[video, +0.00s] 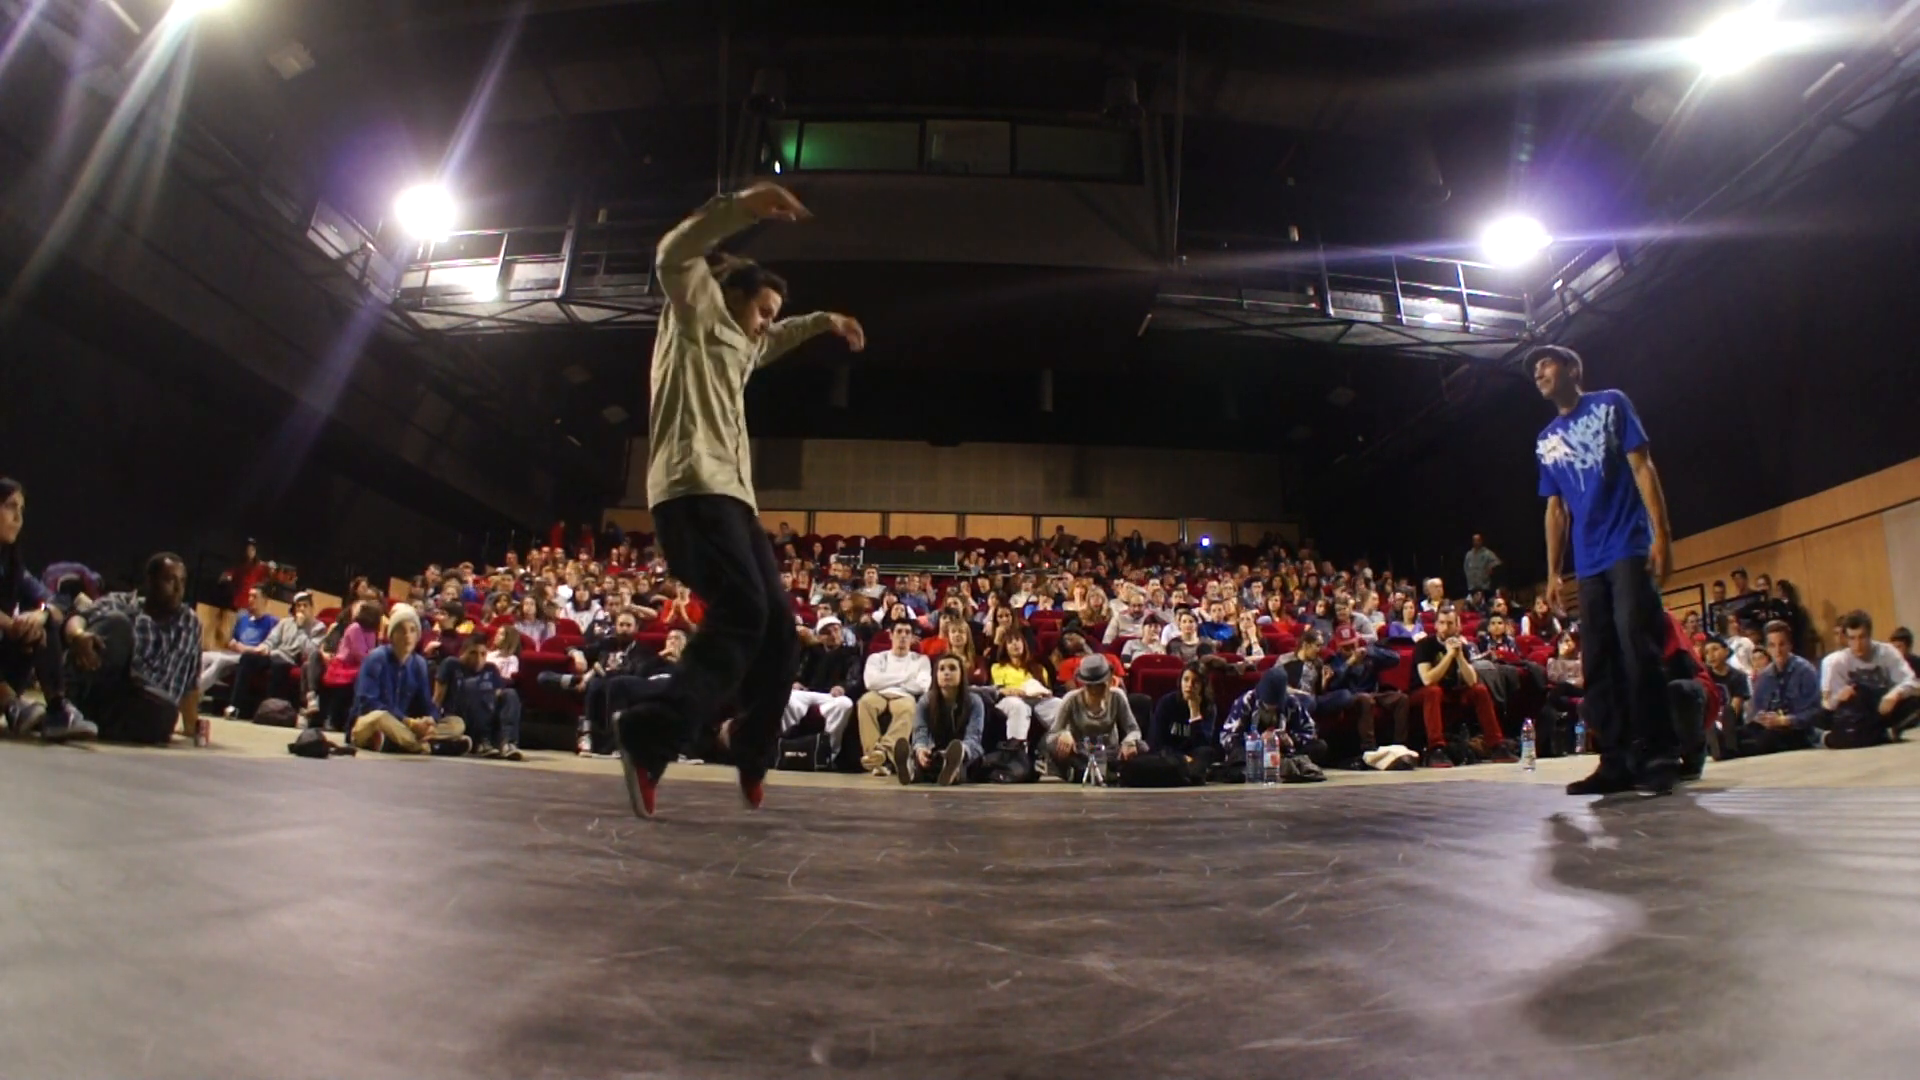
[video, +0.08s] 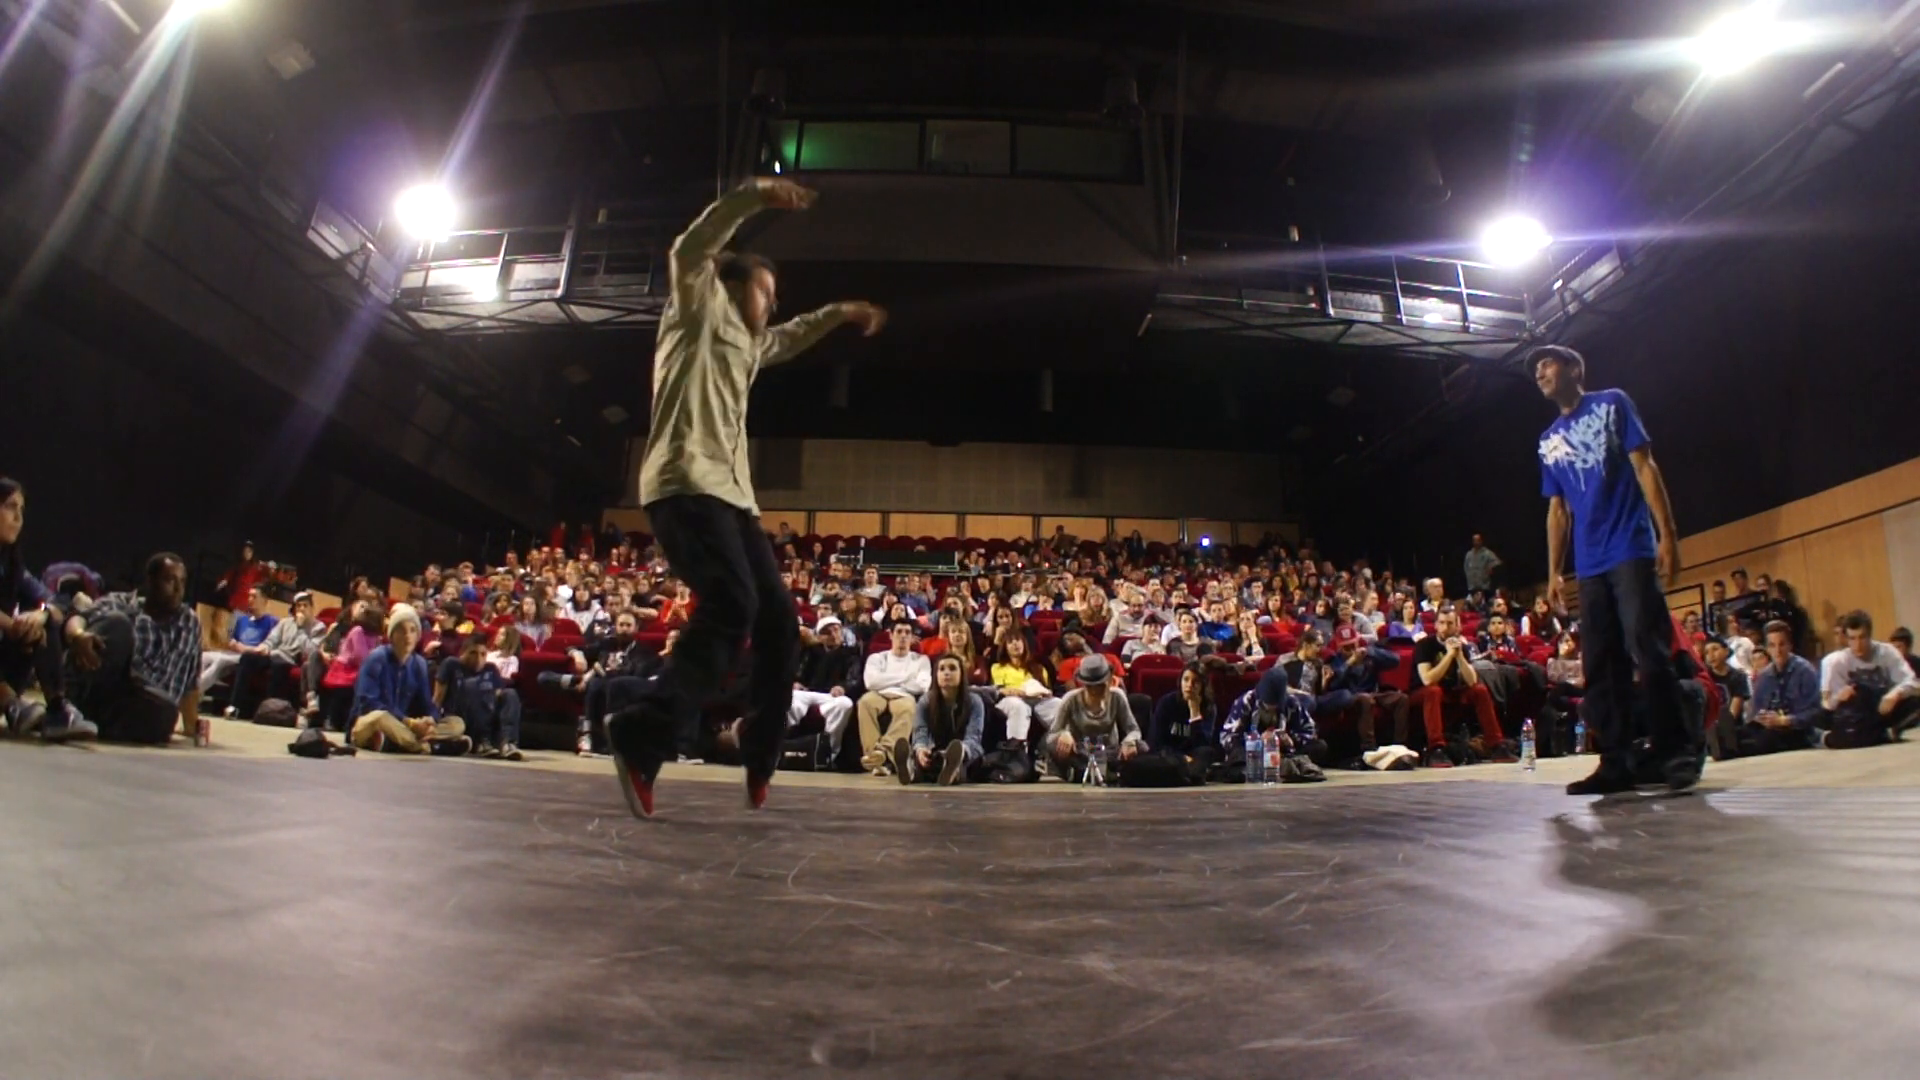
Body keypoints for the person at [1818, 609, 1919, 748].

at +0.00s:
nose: (1857, 643)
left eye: (1862, 637)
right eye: (1852, 638)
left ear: (1870, 636)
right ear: (1846, 638)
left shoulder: (1887, 652)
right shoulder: (1835, 662)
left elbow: (1911, 681)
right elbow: (1827, 703)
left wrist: (1894, 694)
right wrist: (1838, 697)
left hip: (1885, 704)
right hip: (1855, 706)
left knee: (1913, 703)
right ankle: (1884, 734)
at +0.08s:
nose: (1857, 644)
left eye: (1862, 637)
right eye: (1852, 638)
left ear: (1870, 636)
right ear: (1846, 638)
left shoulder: (1887, 652)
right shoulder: (1835, 662)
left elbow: (1911, 681)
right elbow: (1827, 703)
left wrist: (1894, 694)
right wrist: (1838, 697)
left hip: (1884, 705)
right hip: (1855, 707)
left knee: (1914, 703)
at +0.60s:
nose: (1858, 645)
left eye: (1863, 639)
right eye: (1853, 640)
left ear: (1871, 637)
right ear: (1847, 639)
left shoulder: (1887, 652)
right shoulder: (1839, 661)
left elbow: (1910, 681)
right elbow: (1828, 703)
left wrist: (1894, 695)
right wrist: (1839, 697)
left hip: (1884, 705)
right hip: (1856, 707)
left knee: (1913, 704)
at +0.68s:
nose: (1859, 645)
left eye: (1863, 639)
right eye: (1853, 639)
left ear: (1871, 636)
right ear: (1847, 639)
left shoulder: (1887, 652)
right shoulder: (1839, 661)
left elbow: (1911, 681)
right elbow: (1828, 703)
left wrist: (1894, 695)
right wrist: (1839, 697)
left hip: (1884, 704)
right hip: (1856, 706)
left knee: (1913, 704)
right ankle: (1884, 734)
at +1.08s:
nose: (1858, 645)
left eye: (1863, 639)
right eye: (1853, 640)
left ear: (1872, 637)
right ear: (1849, 639)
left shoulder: (1888, 652)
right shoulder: (1840, 661)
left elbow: (1911, 680)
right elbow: (1832, 702)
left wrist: (1895, 694)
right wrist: (1840, 696)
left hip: (1885, 704)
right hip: (1857, 707)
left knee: (1912, 703)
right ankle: (1884, 734)